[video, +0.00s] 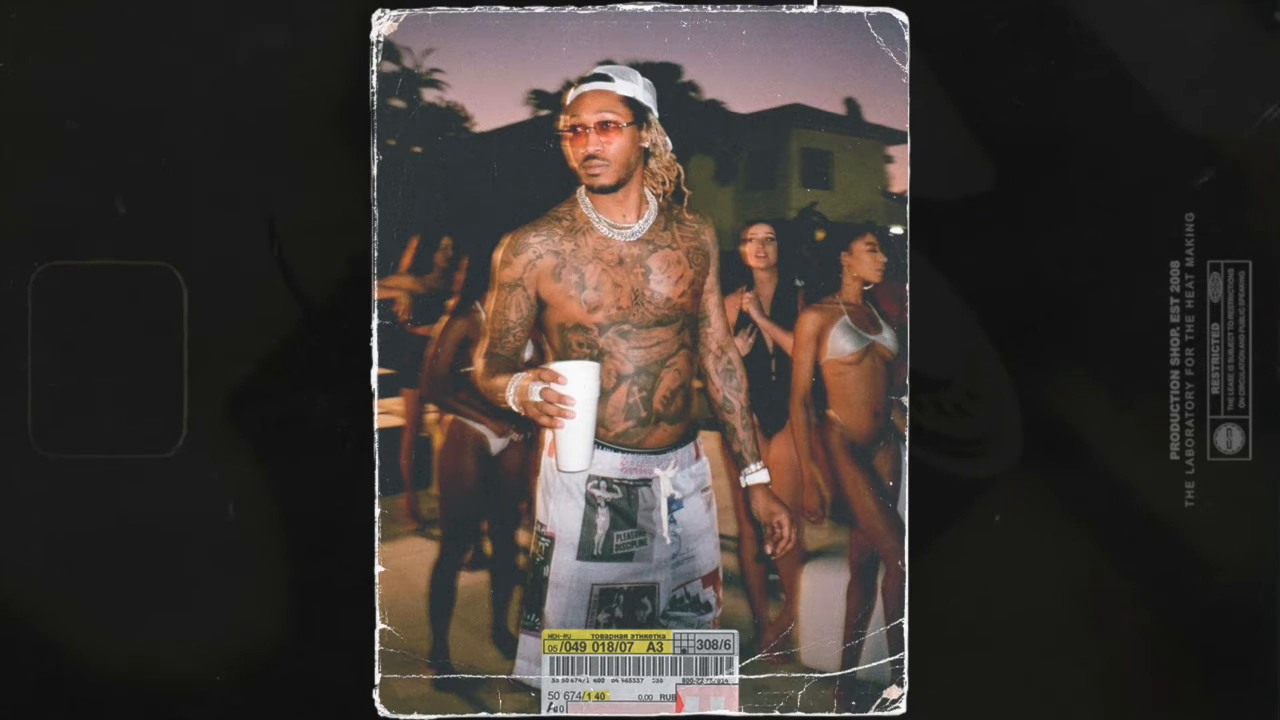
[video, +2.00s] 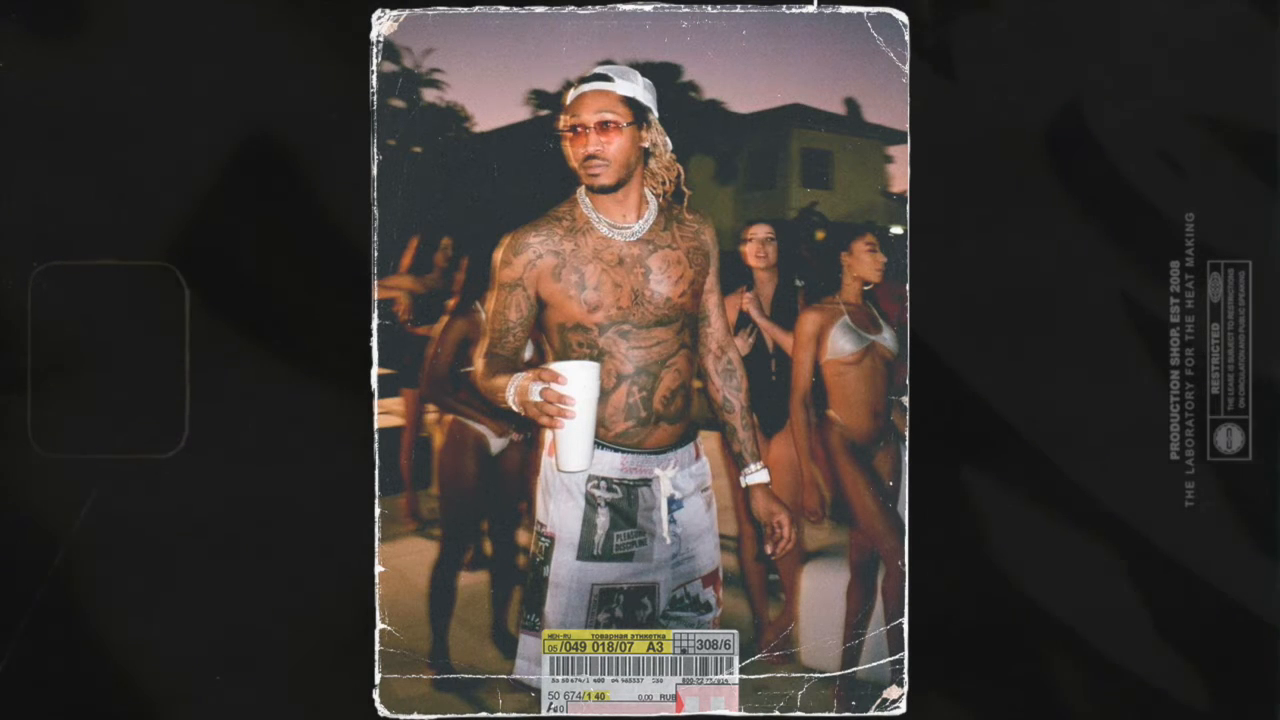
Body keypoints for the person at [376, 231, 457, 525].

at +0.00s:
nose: (445, 254)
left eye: (450, 250)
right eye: (441, 248)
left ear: (456, 255)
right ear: (431, 251)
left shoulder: (455, 281)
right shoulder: (414, 283)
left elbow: (461, 303)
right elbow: (395, 284)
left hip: (445, 350)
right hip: (416, 348)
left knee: (450, 425)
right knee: (413, 427)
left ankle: (451, 498)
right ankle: (410, 500)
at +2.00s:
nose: (446, 255)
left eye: (451, 250)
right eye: (442, 249)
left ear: (455, 255)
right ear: (431, 252)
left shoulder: (454, 283)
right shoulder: (414, 283)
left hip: (445, 353)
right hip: (416, 350)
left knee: (449, 426)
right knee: (413, 427)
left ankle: (450, 498)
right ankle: (410, 499)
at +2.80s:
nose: (446, 254)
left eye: (450, 250)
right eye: (442, 248)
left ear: (455, 255)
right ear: (430, 252)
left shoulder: (455, 283)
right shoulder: (414, 282)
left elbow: (462, 315)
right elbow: (379, 287)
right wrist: (403, 293)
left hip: (445, 353)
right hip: (416, 351)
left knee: (450, 426)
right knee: (413, 428)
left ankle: (451, 499)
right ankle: (411, 502)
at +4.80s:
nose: (446, 254)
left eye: (450, 249)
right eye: (442, 248)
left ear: (455, 253)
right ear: (431, 250)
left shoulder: (456, 277)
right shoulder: (414, 281)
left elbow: (461, 306)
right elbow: (393, 286)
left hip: (445, 349)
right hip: (416, 346)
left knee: (449, 426)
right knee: (413, 427)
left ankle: (451, 499)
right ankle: (410, 501)